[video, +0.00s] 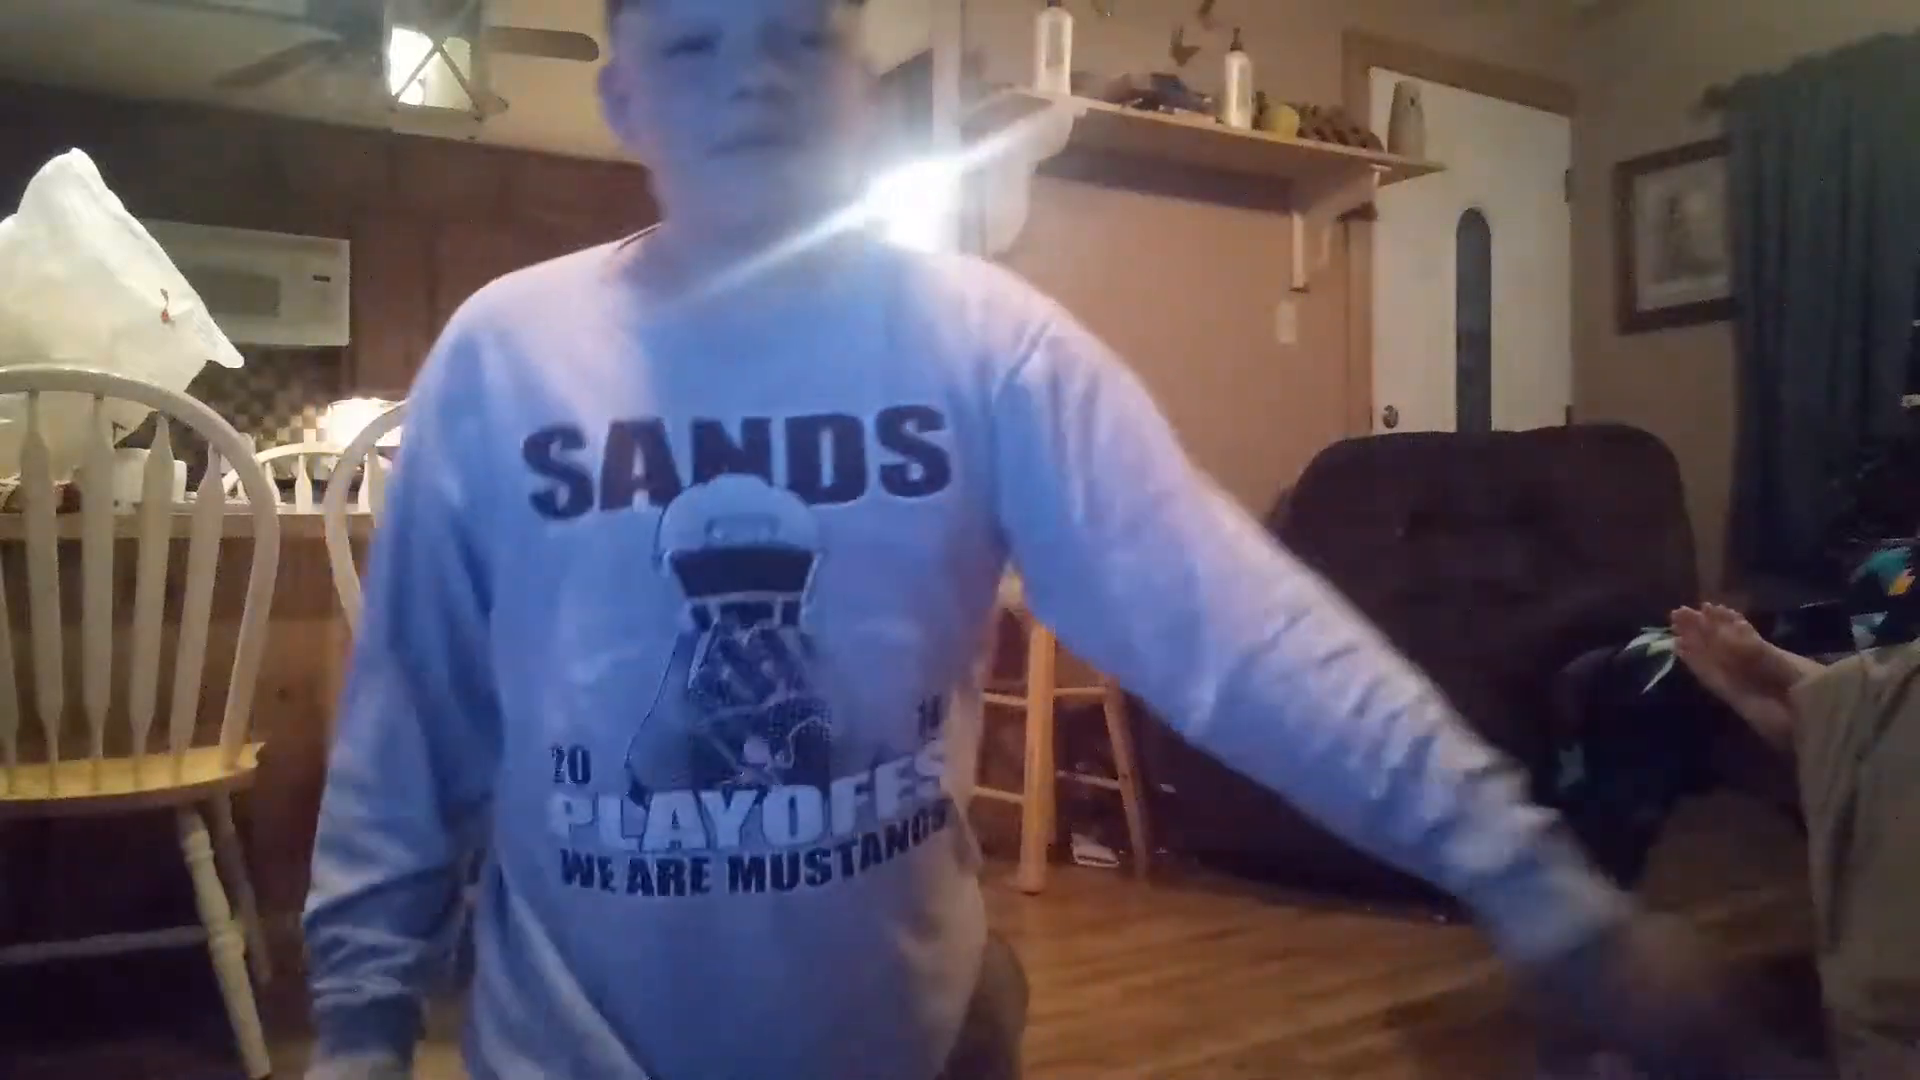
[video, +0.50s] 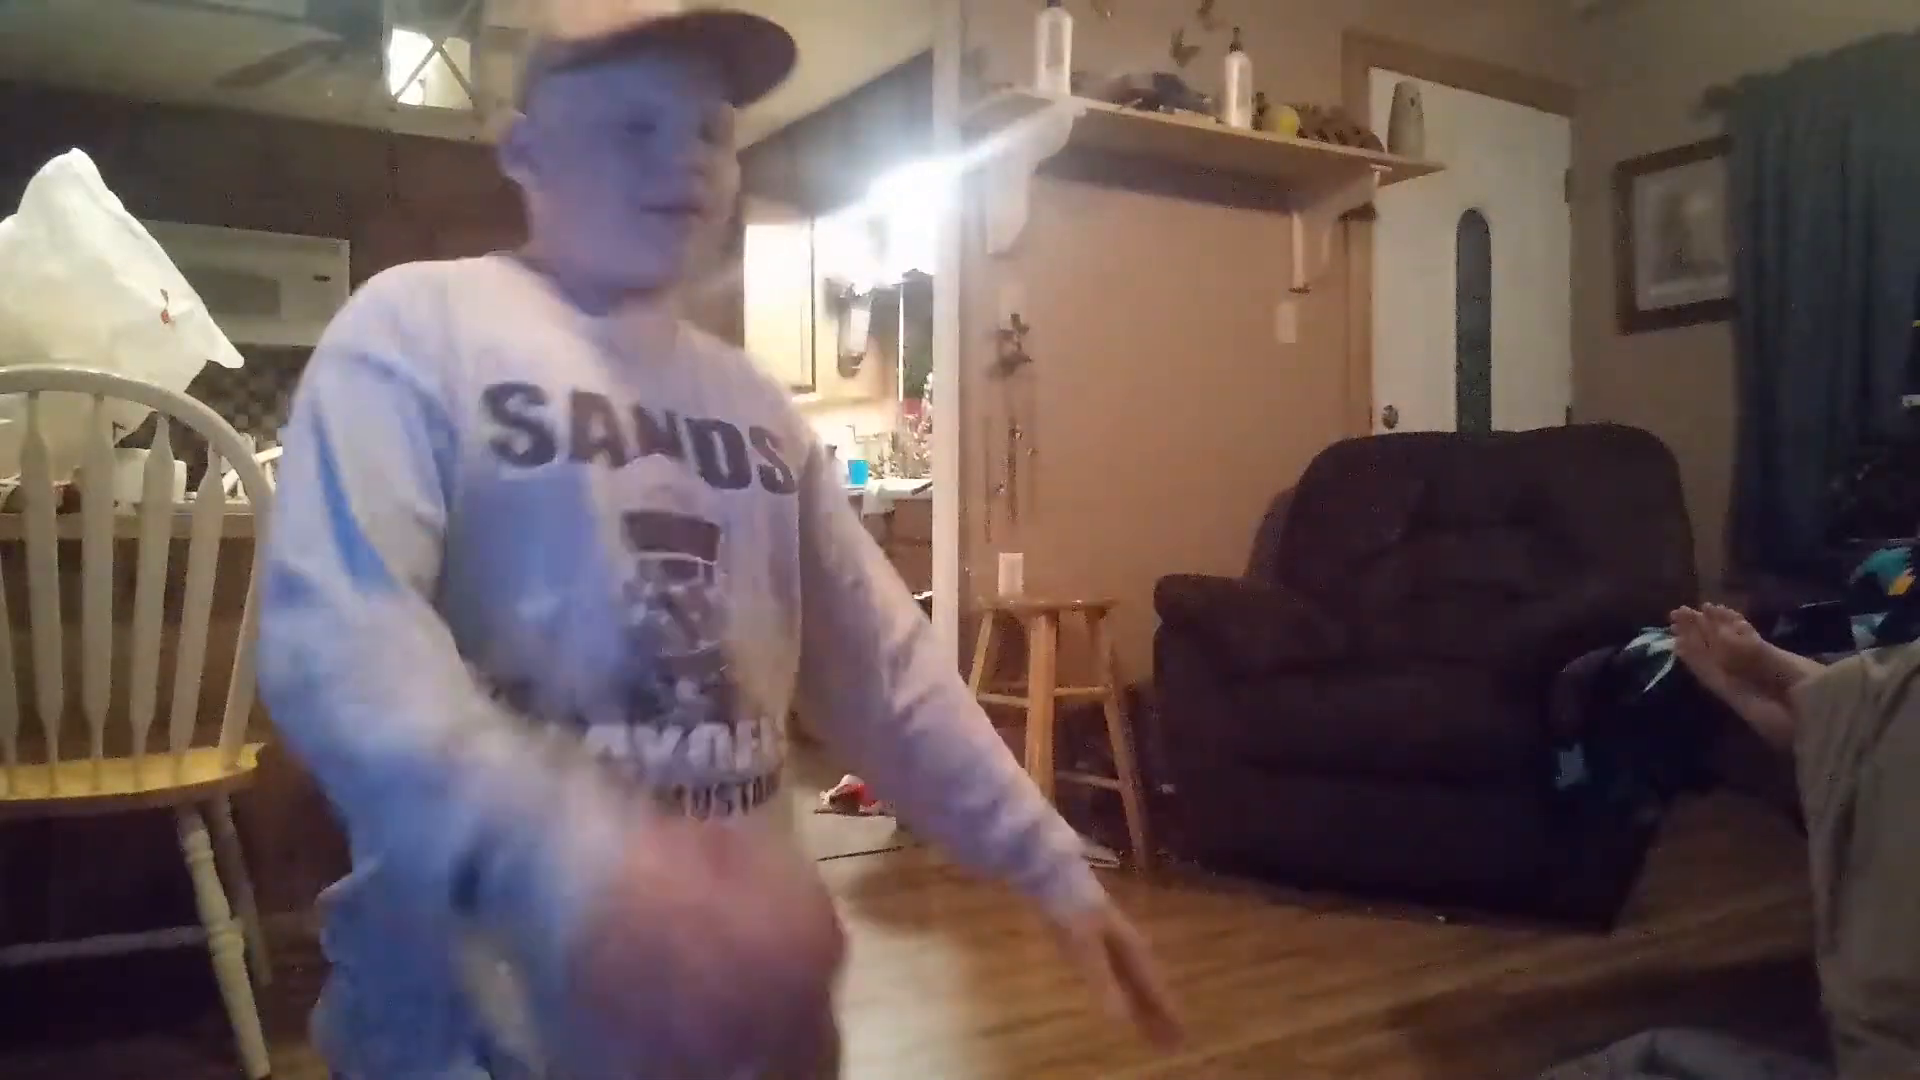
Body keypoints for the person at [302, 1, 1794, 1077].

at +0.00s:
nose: (761, 74)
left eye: (800, 38)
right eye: (701, 40)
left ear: (864, 79)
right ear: (617, 93)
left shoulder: (984, 347)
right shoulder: (499, 355)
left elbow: (1241, 625)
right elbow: (397, 752)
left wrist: (1568, 909)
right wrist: (355, 1045)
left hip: (902, 1032)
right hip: (576, 1040)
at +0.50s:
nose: (691, 168)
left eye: (714, 138)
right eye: (637, 128)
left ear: (738, 173)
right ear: (523, 156)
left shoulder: (760, 410)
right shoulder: (417, 326)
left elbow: (889, 675)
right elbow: (336, 645)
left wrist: (1059, 871)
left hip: (739, 958)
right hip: (481, 961)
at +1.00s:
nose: (646, 167)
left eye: (658, 137)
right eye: (591, 132)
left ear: (675, 163)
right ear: (467, 161)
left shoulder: (699, 378)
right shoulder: (369, 344)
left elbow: (781, 620)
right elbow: (155, 511)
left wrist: (960, 725)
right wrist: (508, 600)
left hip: (720, 989)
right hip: (459, 1017)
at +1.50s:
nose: (615, 177)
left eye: (642, 151)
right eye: (563, 143)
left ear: (666, 187)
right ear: (462, 174)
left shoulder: (670, 411)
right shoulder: (366, 343)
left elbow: (703, 696)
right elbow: (122, 527)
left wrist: (821, 838)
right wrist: (214, 745)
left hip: (643, 998)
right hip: (396, 1013)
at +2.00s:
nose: (713, 184)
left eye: (739, 157)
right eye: (663, 154)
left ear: (767, 190)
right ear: (573, 185)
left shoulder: (754, 397)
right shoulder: (496, 346)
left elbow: (783, 650)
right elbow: (394, 651)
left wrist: (865, 826)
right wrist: (501, 869)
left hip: (716, 961)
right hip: (505, 971)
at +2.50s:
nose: (681, 166)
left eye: (694, 137)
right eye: (630, 131)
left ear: (710, 158)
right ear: (517, 159)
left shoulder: (689, 366)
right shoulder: (445, 348)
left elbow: (709, 657)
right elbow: (395, 705)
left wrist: (758, 902)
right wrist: (508, 1010)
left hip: (710, 982)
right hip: (535, 1008)